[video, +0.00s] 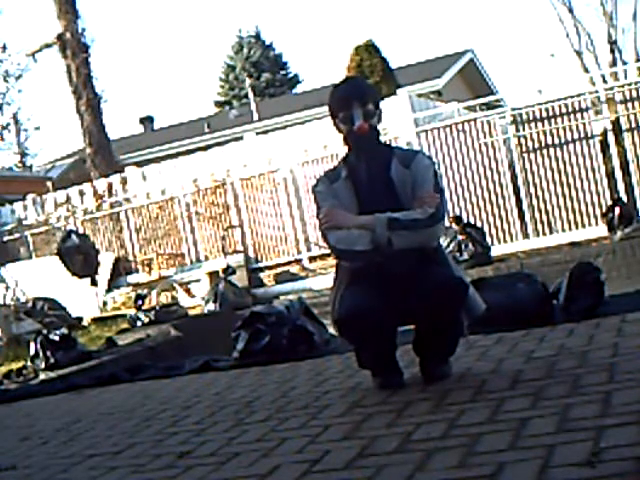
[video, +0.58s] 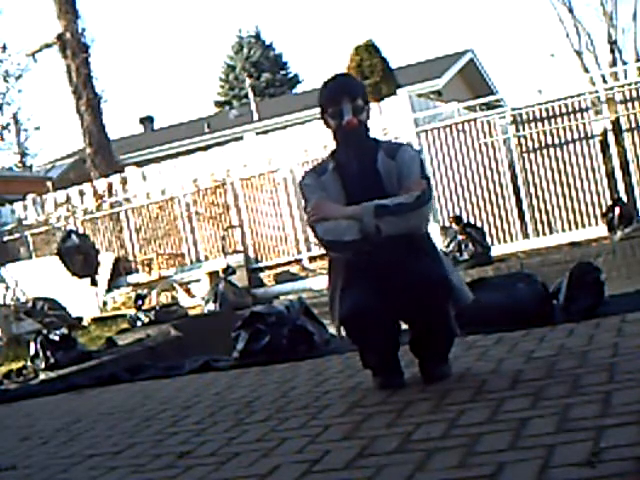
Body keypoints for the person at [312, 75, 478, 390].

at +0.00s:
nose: (360, 125)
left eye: (368, 113)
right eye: (348, 118)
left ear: (379, 114)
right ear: (336, 124)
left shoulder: (415, 163)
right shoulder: (327, 185)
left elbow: (432, 227)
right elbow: (341, 244)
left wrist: (357, 222)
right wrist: (412, 217)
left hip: (421, 267)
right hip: (364, 277)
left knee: (447, 290)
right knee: (355, 313)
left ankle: (435, 358)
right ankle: (384, 368)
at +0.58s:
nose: (349, 121)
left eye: (357, 109)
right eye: (337, 113)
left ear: (368, 110)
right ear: (326, 119)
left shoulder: (402, 156)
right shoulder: (315, 179)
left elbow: (419, 217)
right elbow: (329, 235)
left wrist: (344, 212)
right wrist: (399, 208)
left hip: (413, 260)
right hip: (359, 273)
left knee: (430, 292)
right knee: (362, 313)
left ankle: (434, 361)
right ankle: (385, 370)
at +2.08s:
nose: (369, 91)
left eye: (377, 80)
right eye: (357, 84)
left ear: (389, 80)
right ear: (344, 91)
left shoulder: (420, 128)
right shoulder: (330, 149)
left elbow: (433, 171)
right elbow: (334, 197)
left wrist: (354, 169)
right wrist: (408, 170)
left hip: (430, 232)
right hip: (374, 247)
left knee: (441, 252)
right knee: (391, 278)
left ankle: (462, 347)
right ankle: (395, 357)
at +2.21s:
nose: (377, 104)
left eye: (385, 93)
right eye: (365, 97)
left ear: (397, 94)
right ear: (353, 104)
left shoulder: (434, 142)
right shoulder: (345, 165)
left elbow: (446, 190)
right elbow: (349, 215)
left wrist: (368, 188)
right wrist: (422, 199)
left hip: (441, 258)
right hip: (382, 270)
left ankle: (458, 364)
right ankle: (405, 376)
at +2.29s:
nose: (382, 120)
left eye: (390, 107)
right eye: (369, 112)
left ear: (402, 108)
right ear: (357, 119)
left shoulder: (442, 158)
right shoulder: (353, 181)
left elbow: (456, 209)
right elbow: (356, 227)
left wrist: (377, 205)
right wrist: (432, 210)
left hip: (455, 276)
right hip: (393, 293)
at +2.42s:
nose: (367, 101)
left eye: (374, 89)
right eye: (354, 96)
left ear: (387, 88)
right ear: (343, 104)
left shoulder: (428, 133)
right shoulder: (340, 162)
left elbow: (448, 178)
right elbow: (346, 199)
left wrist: (373, 180)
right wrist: (420, 176)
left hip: (437, 258)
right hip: (377, 266)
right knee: (379, 311)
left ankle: (455, 363)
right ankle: (380, 371)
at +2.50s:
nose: (361, 94)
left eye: (367, 83)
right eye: (348, 88)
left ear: (381, 83)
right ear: (337, 97)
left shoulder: (422, 126)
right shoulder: (333, 154)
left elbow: (440, 166)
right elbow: (337, 190)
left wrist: (374, 167)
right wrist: (407, 173)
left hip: (432, 242)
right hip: (375, 255)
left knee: (448, 275)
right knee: (383, 294)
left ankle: (460, 369)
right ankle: (387, 378)